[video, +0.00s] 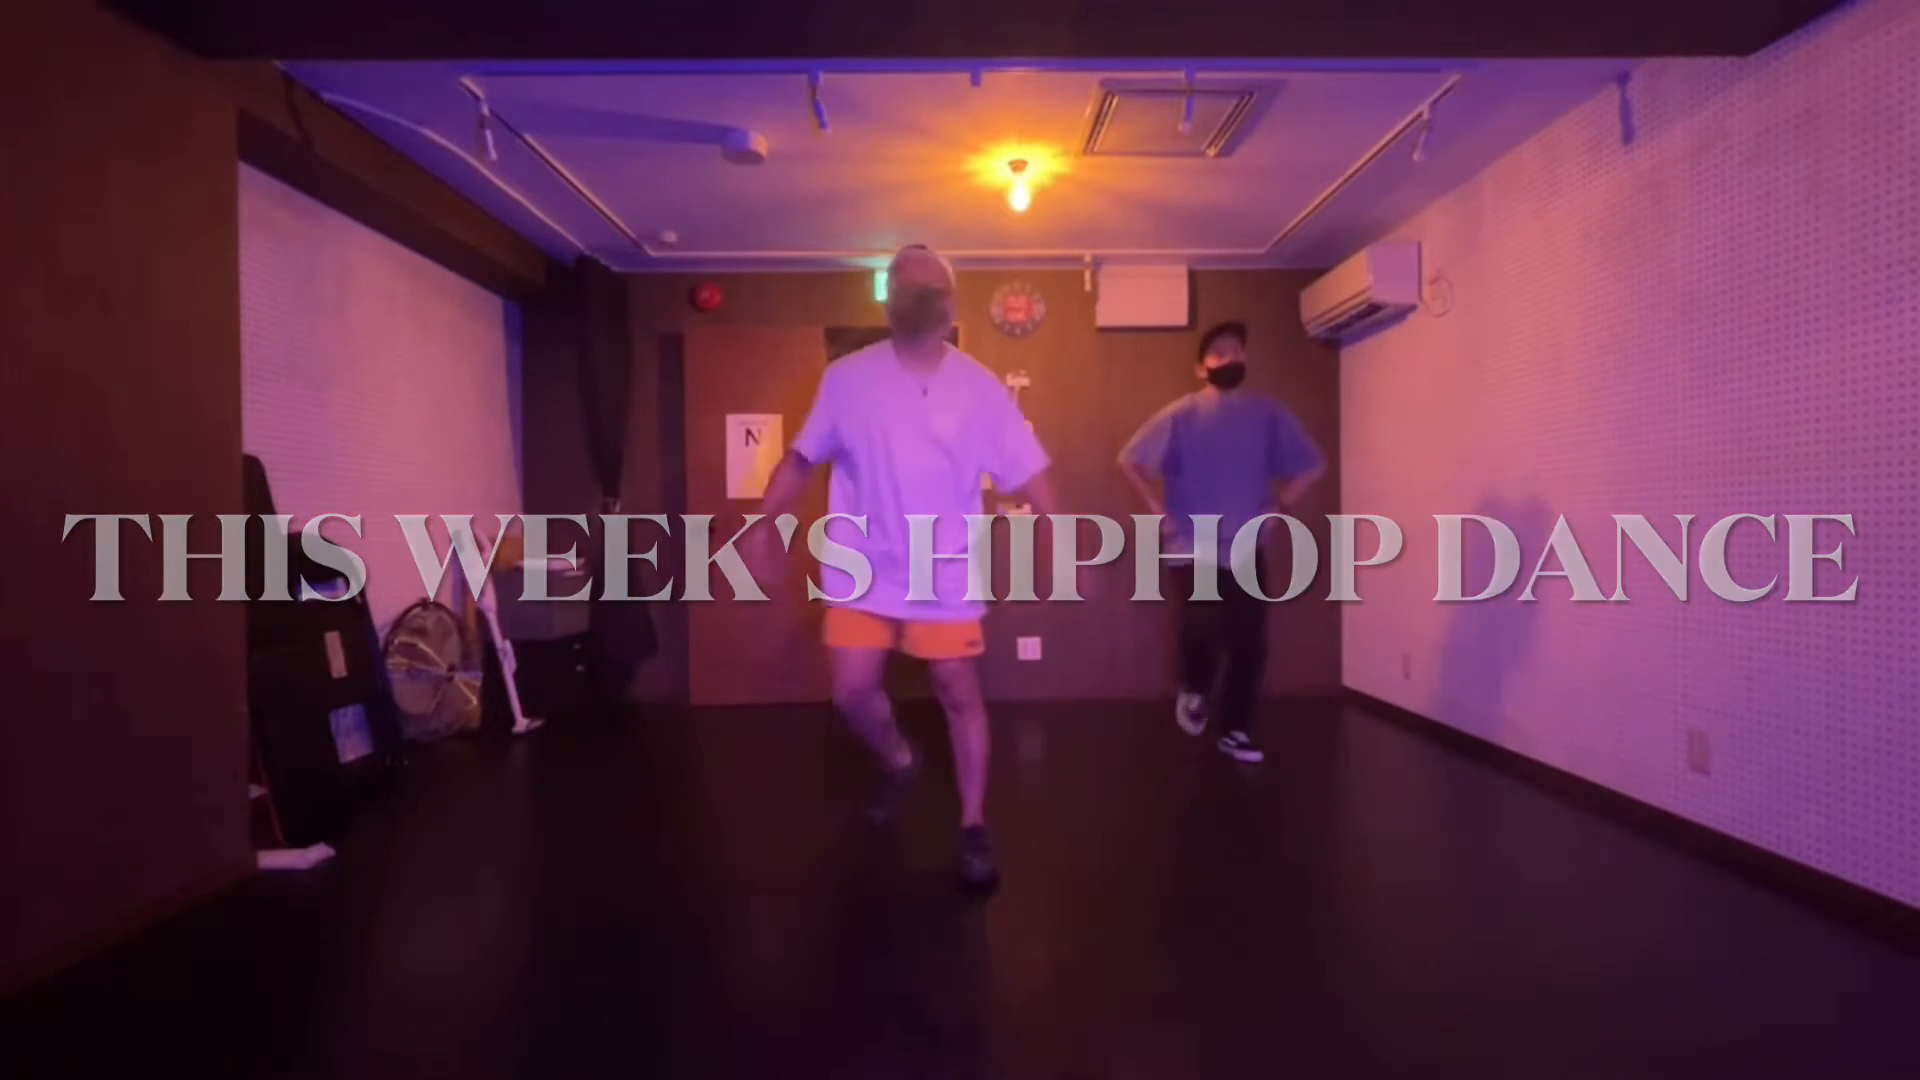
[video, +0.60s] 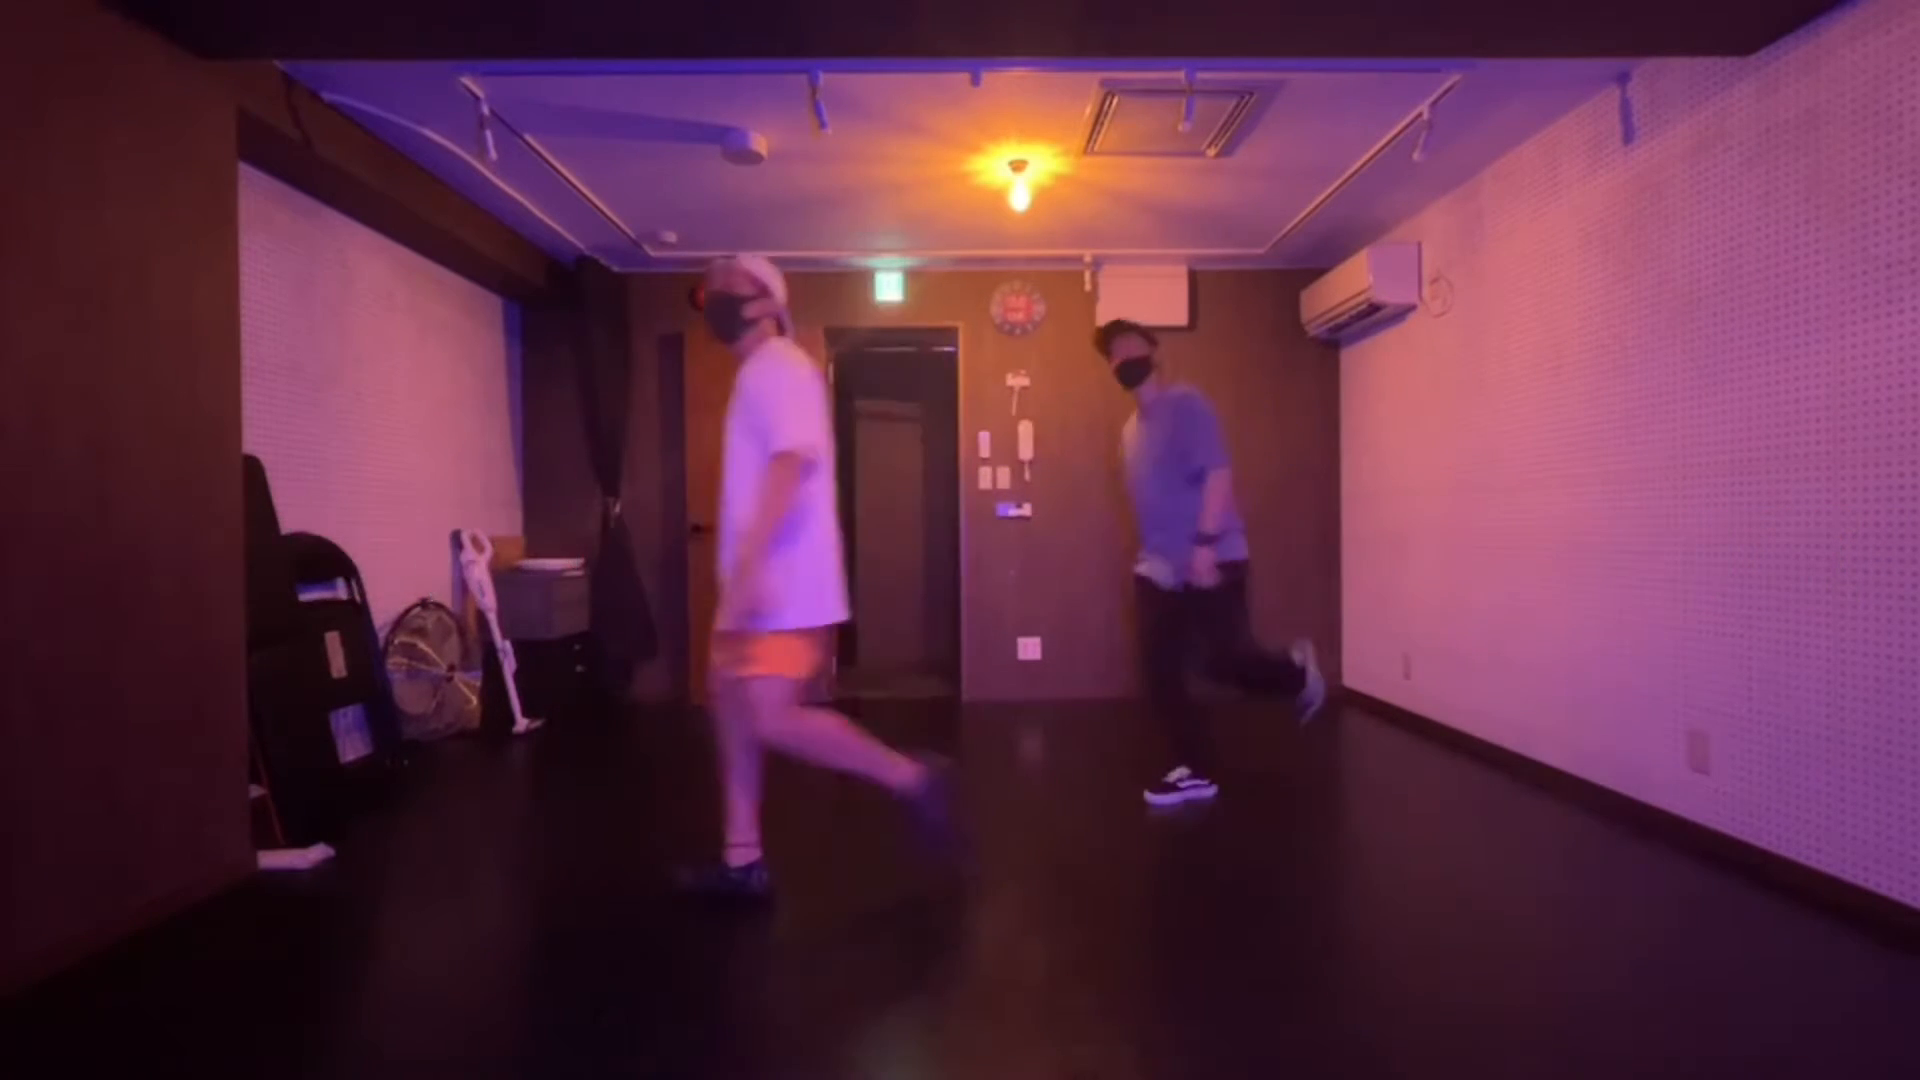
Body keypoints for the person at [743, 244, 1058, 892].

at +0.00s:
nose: (915, 302)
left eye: (929, 292)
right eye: (905, 291)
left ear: (951, 307)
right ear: (888, 302)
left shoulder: (978, 387)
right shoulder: (848, 378)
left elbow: (1032, 476)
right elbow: (803, 458)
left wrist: (1065, 549)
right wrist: (762, 525)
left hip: (946, 573)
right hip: (860, 569)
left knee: (959, 693)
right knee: (853, 692)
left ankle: (973, 826)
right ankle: (900, 764)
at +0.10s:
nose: (901, 292)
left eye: (913, 281)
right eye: (887, 283)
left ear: (935, 295)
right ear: (870, 299)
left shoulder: (970, 376)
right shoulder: (843, 375)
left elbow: (1032, 457)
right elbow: (799, 461)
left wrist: (1077, 516)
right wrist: (748, 515)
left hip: (941, 566)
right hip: (856, 562)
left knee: (956, 690)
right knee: (827, 682)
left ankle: (972, 827)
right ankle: (886, 785)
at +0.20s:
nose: (857, 297)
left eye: (869, 286)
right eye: (847, 288)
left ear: (894, 296)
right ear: (836, 303)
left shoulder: (944, 371)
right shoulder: (825, 383)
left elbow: (1019, 423)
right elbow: (789, 470)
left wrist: (1051, 467)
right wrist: (732, 516)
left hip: (927, 574)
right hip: (841, 573)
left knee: (953, 700)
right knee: (812, 691)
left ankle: (972, 830)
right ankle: (807, 844)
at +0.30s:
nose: (845, 341)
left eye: (850, 326)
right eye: (833, 329)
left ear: (866, 315)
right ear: (820, 326)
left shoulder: (918, 370)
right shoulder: (806, 391)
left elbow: (990, 406)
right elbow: (781, 476)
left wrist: (1007, 468)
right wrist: (728, 532)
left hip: (913, 580)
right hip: (830, 584)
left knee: (942, 701)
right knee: (806, 707)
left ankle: (971, 829)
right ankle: (761, 855)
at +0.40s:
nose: (771, 305)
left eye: (786, 293)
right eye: (765, 295)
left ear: (817, 302)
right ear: (758, 309)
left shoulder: (852, 358)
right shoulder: (766, 396)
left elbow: (915, 399)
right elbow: (772, 492)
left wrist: (913, 475)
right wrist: (752, 545)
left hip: (868, 568)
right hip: (797, 575)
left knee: (899, 701)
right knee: (770, 698)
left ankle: (965, 820)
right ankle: (750, 856)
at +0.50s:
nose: (740, 308)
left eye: (752, 295)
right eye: (738, 297)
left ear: (785, 300)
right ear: (748, 307)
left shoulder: (814, 355)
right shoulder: (755, 388)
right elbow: (761, 490)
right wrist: (766, 565)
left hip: (829, 573)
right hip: (772, 576)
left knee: (839, 709)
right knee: (747, 695)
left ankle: (953, 805)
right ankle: (746, 858)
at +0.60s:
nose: (712, 316)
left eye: (723, 302)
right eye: (710, 304)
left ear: (761, 303)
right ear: (755, 309)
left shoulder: (780, 367)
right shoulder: (761, 371)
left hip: (789, 580)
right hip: (752, 581)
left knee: (771, 712)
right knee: (733, 703)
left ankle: (912, 777)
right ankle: (742, 857)